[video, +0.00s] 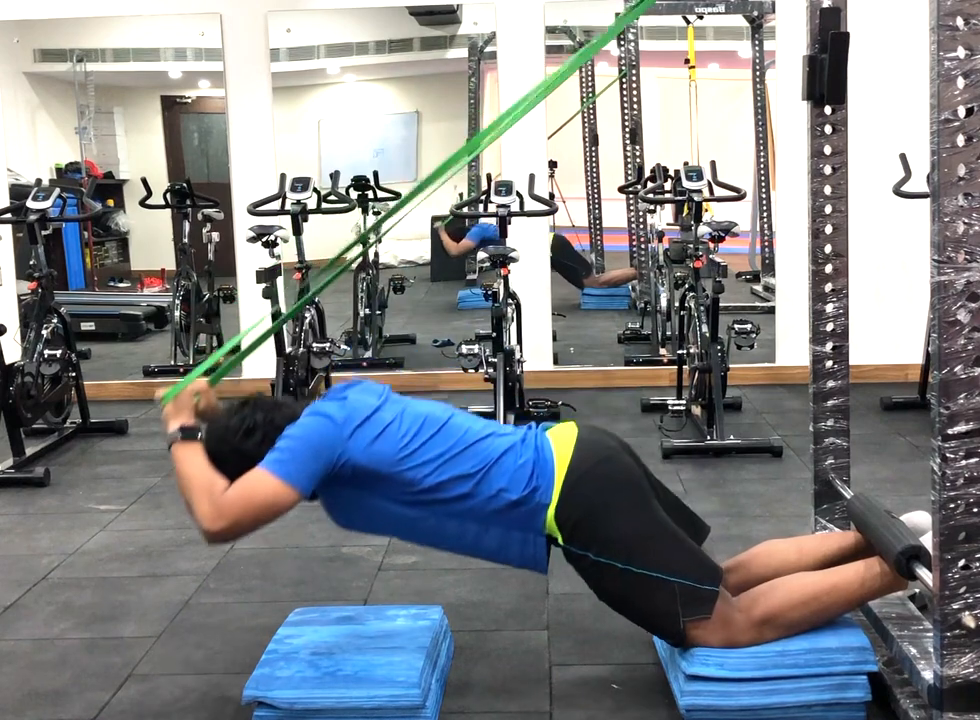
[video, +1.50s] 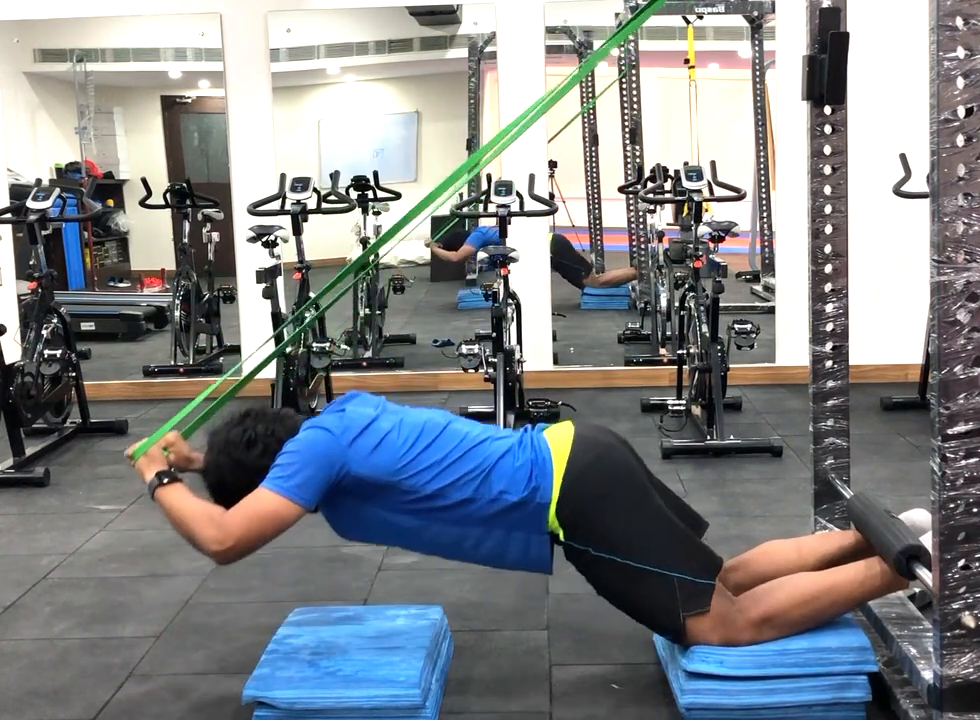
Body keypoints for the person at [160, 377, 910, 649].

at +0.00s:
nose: (244, 479)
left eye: (241, 465)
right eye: (238, 467)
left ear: (263, 441)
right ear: (273, 405)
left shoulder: (325, 428)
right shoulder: (337, 403)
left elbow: (218, 518)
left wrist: (179, 431)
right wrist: (217, 424)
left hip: (574, 496)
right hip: (578, 464)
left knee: (725, 625)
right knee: (710, 586)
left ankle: (904, 567)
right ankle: (863, 536)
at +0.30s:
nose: (237, 558)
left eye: (227, 549)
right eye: (227, 547)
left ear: (248, 523)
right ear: (257, 479)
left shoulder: (301, 498)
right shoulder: (323, 467)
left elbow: (200, 603)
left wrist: (151, 533)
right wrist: (182, 517)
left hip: (548, 519)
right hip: (554, 477)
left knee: (722, 630)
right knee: (715, 580)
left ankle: (900, 566)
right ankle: (858, 534)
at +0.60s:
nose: (230, 604)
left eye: (221, 595)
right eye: (219, 589)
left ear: (241, 573)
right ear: (239, 538)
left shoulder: (296, 540)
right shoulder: (310, 510)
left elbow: (209, 651)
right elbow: (243, 621)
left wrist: (149, 594)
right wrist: (181, 584)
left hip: (546, 533)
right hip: (547, 493)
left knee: (727, 622)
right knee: (716, 583)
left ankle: (906, 563)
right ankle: (865, 531)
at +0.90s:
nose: (227, 591)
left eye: (219, 582)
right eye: (217, 577)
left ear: (236, 564)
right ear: (238, 526)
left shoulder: (292, 534)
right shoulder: (310, 500)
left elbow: (204, 638)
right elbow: (235, 607)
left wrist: (141, 581)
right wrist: (176, 570)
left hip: (545, 529)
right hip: (550, 491)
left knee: (722, 623)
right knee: (715, 582)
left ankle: (902, 564)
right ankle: (859, 531)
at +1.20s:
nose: (241, 553)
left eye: (233, 544)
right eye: (234, 542)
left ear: (246, 517)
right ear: (256, 477)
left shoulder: (300, 488)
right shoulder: (317, 465)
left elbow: (204, 592)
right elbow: (224, 574)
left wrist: (144, 535)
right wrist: (170, 525)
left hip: (551, 513)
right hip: (561, 477)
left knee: (721, 630)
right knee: (713, 583)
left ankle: (899, 567)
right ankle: (861, 537)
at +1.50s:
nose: (260, 506)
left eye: (252, 491)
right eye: (251, 492)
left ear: (264, 460)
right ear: (275, 434)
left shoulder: (319, 444)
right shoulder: (330, 427)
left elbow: (221, 537)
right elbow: (237, 512)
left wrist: (161, 484)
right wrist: (185, 470)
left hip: (570, 491)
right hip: (573, 466)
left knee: (723, 623)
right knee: (713, 579)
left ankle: (897, 568)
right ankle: (858, 535)